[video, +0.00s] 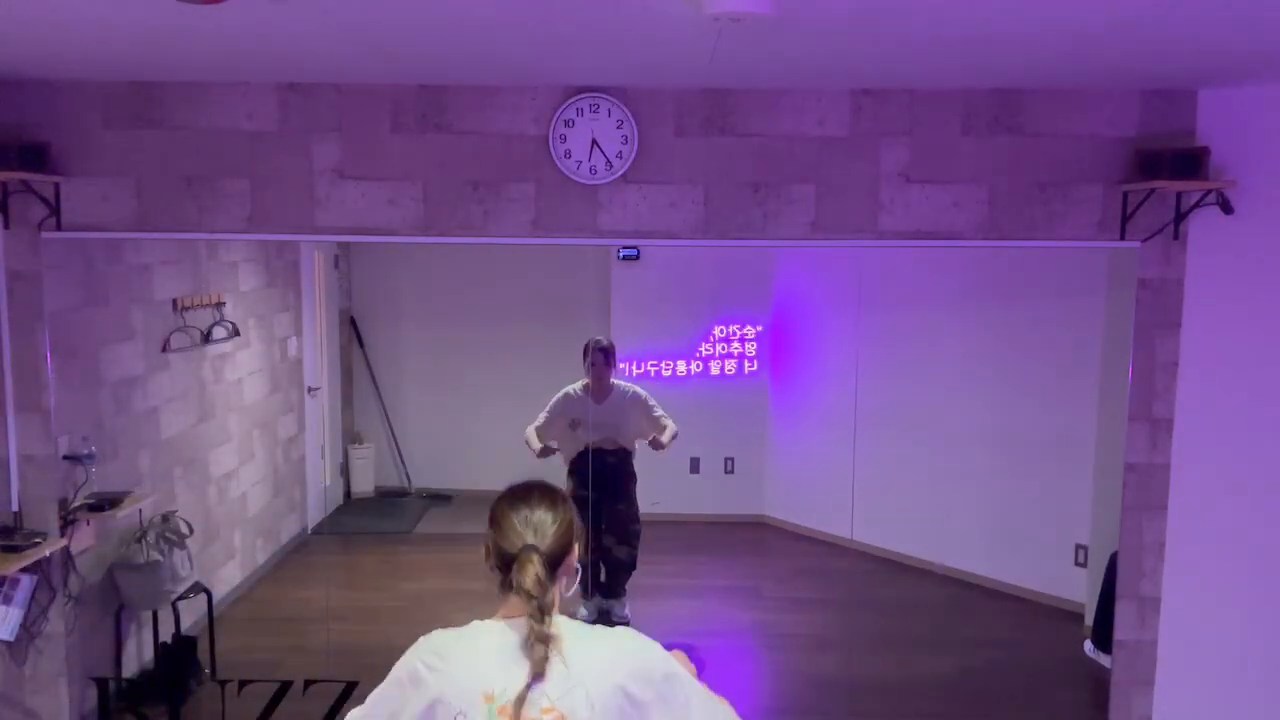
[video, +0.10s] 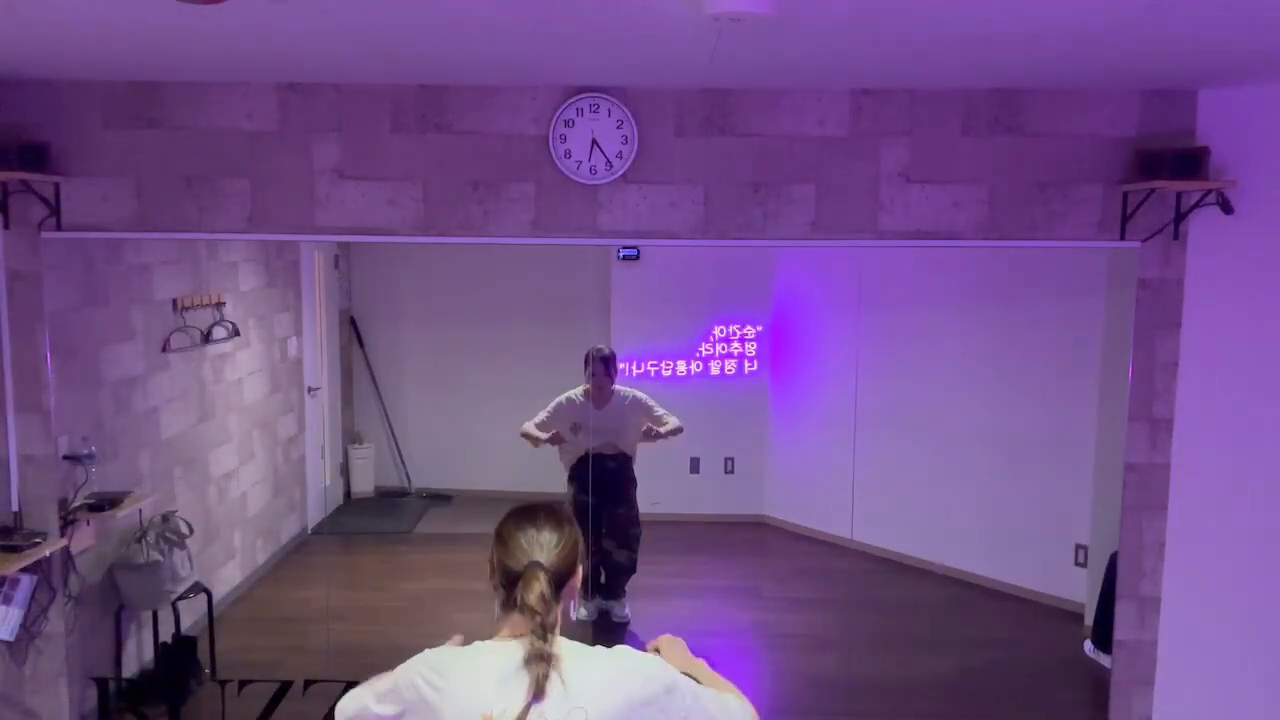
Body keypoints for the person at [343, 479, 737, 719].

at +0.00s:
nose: (579, 562)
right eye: (581, 552)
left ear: (489, 558)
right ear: (573, 561)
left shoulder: (430, 660)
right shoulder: (638, 660)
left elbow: (364, 715)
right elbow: (721, 715)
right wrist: (685, 677)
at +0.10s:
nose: (580, 576)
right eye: (583, 568)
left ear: (494, 574)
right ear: (577, 582)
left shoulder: (433, 676)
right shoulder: (637, 676)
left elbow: (349, 710)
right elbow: (740, 714)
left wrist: (442, 661)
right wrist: (688, 662)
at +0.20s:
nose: (581, 575)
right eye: (583, 568)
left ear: (496, 573)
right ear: (577, 581)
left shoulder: (435, 665)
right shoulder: (623, 666)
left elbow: (349, 666)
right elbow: (746, 682)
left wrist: (448, 624)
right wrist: (676, 632)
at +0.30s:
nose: (579, 552)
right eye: (581, 544)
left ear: (493, 542)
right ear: (574, 555)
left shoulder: (450, 626)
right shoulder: (606, 626)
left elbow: (335, 599)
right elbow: (746, 613)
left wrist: (443, 617)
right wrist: (663, 599)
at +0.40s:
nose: (580, 507)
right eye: (580, 496)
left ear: (491, 497)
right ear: (570, 504)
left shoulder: (436, 568)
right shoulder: (615, 563)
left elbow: (316, 544)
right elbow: (732, 538)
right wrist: (645, 554)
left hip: (469, 713)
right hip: (583, 712)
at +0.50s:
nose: (577, 458)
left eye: (574, 449)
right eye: (576, 450)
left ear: (489, 451)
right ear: (568, 457)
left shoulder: (435, 517)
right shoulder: (615, 503)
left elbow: (305, 544)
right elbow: (708, 526)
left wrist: (399, 626)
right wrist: (632, 580)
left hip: (466, 707)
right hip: (588, 706)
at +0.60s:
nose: (477, 440)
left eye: (477, 428)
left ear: (484, 439)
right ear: (569, 440)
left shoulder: (439, 505)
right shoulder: (605, 485)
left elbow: (317, 595)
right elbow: (685, 524)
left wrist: (368, 676)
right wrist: (615, 582)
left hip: (466, 712)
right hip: (589, 709)